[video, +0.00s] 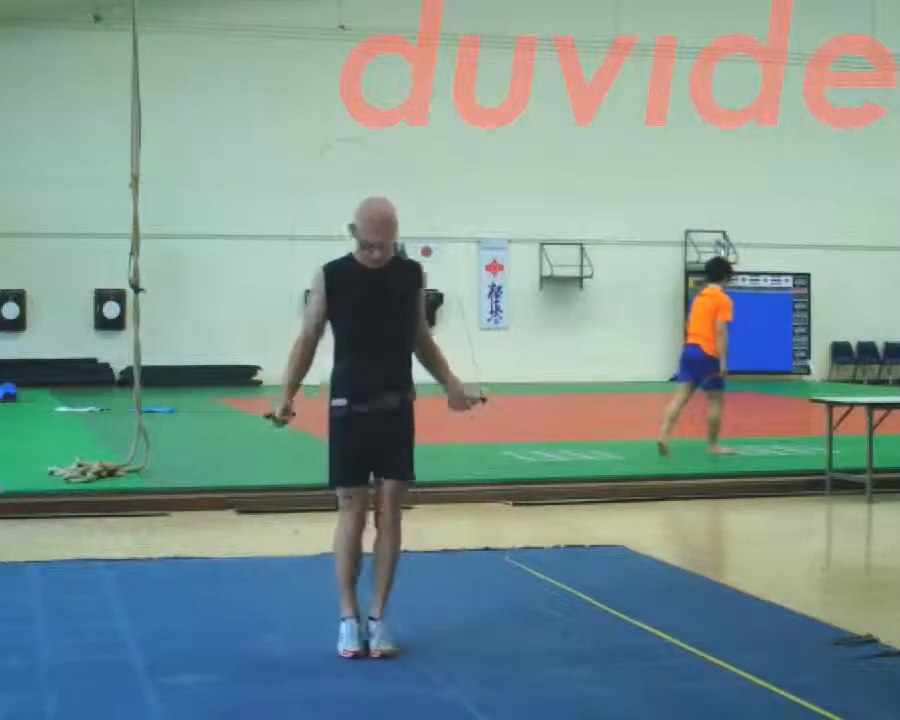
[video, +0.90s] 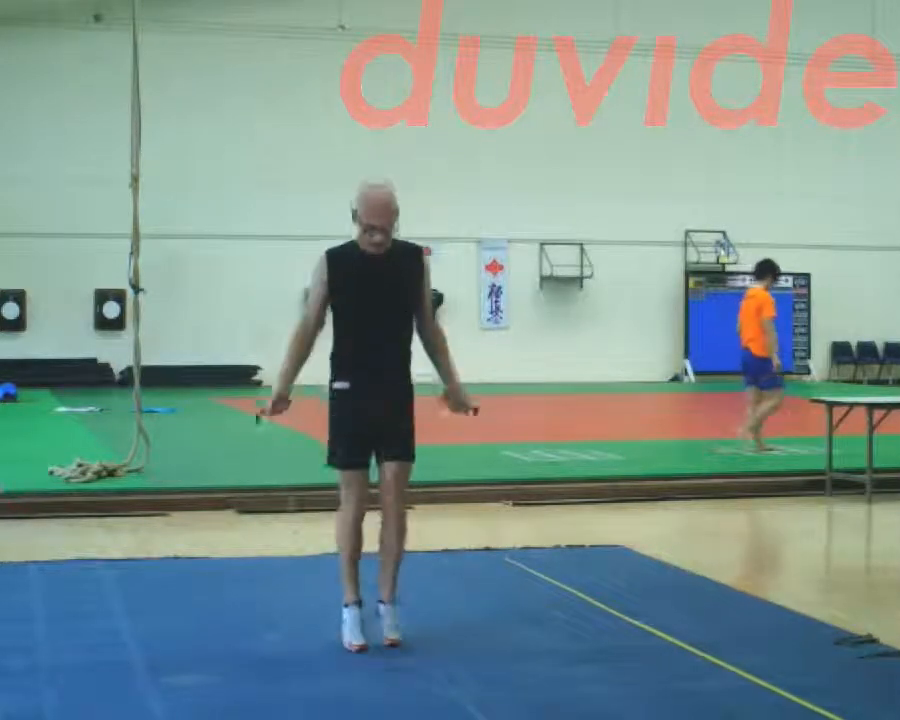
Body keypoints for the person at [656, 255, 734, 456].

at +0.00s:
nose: (730, 278)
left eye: (729, 275)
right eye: (729, 275)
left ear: (708, 275)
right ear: (725, 277)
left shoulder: (700, 297)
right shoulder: (723, 300)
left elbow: (692, 325)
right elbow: (720, 330)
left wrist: (691, 346)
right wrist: (723, 360)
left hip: (689, 349)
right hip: (708, 352)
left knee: (681, 395)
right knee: (715, 400)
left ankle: (663, 436)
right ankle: (713, 444)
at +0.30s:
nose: (742, 280)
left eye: (742, 276)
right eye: (742, 277)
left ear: (722, 274)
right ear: (738, 277)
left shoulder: (711, 294)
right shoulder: (735, 300)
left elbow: (693, 316)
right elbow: (737, 330)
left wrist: (708, 329)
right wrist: (746, 359)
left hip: (705, 348)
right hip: (721, 351)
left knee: (710, 396)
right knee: (719, 401)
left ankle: (688, 428)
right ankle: (713, 445)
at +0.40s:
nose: (746, 281)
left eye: (746, 277)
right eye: (746, 277)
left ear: (727, 275)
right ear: (743, 277)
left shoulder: (715, 295)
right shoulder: (739, 299)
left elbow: (695, 316)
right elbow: (745, 330)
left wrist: (711, 329)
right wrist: (756, 357)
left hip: (711, 347)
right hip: (725, 350)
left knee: (728, 394)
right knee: (720, 397)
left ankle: (713, 439)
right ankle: (712, 444)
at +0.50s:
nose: (751, 282)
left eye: (752, 278)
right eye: (751, 278)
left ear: (733, 275)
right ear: (746, 277)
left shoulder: (721, 294)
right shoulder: (744, 299)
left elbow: (705, 319)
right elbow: (750, 330)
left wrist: (719, 333)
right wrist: (762, 355)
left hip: (717, 348)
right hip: (731, 350)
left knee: (734, 397)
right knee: (723, 399)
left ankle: (729, 441)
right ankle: (713, 444)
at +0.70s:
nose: (762, 285)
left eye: (763, 281)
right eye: (762, 280)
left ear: (744, 278)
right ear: (758, 279)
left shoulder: (735, 299)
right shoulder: (755, 301)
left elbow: (722, 329)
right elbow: (761, 329)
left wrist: (735, 341)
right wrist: (773, 356)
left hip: (736, 353)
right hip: (748, 355)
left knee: (749, 402)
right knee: (739, 401)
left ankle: (759, 443)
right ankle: (715, 442)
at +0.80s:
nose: (769, 281)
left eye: (769, 277)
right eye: (769, 277)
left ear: (751, 276)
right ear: (764, 277)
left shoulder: (742, 297)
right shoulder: (760, 298)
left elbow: (733, 327)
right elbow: (765, 328)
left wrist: (743, 344)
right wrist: (773, 356)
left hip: (743, 352)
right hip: (757, 354)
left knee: (752, 399)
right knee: (762, 398)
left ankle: (758, 442)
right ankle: (728, 432)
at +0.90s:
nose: (775, 282)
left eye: (775, 278)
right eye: (775, 278)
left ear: (757, 275)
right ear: (770, 277)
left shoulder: (748, 295)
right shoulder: (765, 297)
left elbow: (740, 326)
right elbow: (768, 327)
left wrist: (749, 343)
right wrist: (774, 355)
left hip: (748, 351)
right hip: (761, 353)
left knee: (755, 397)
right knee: (774, 396)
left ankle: (758, 441)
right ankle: (747, 428)